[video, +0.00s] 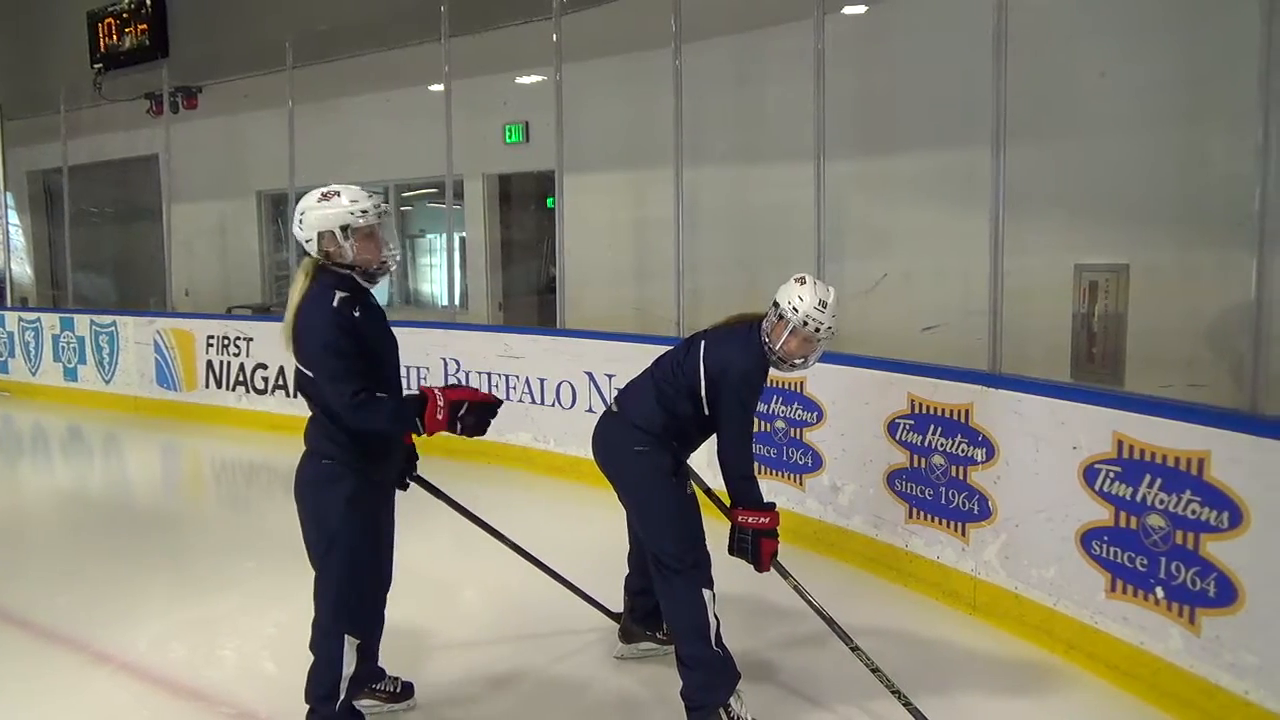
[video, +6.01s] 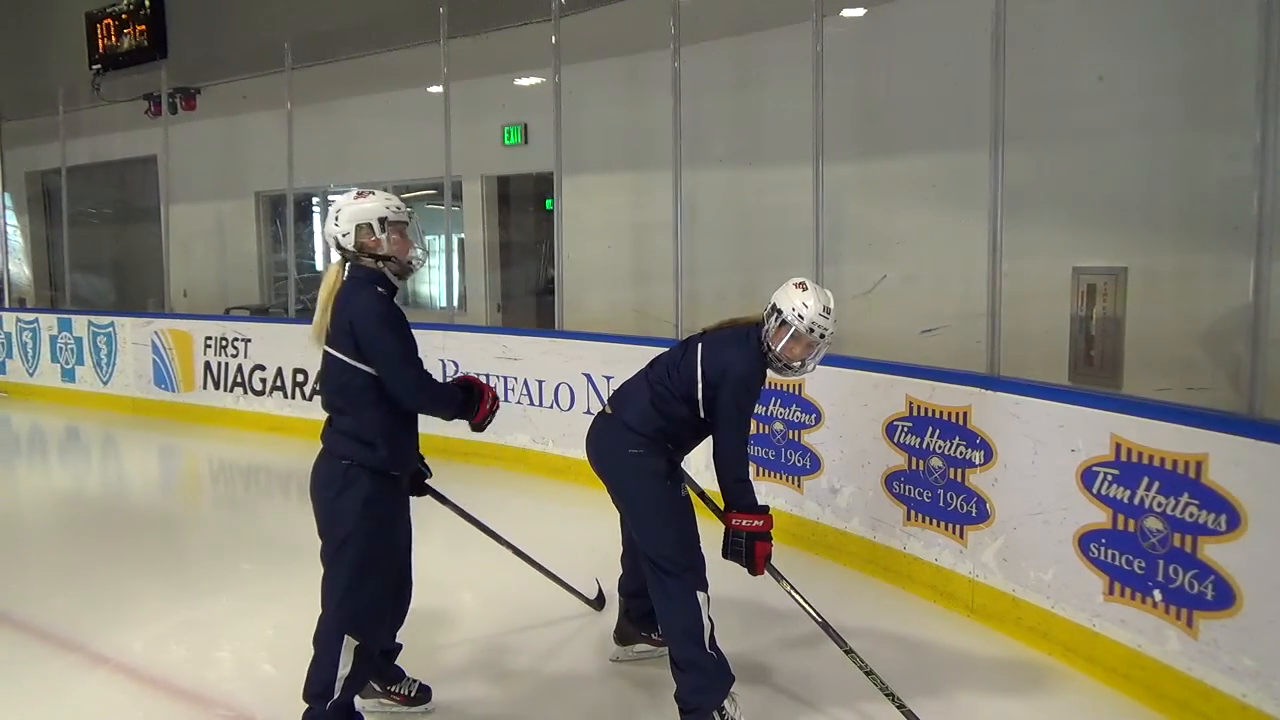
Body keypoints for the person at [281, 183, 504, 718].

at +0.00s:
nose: (380, 244)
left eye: (378, 233)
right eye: (367, 236)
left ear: (351, 243)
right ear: (334, 245)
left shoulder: (354, 298)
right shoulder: (326, 307)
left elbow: (367, 389)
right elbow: (347, 403)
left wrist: (393, 452)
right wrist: (426, 409)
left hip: (367, 470)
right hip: (338, 475)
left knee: (372, 582)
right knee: (340, 596)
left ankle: (362, 675)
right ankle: (327, 704)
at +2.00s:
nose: (387, 242)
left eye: (385, 230)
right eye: (375, 231)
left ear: (356, 240)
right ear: (344, 239)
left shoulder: (348, 298)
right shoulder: (331, 304)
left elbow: (349, 392)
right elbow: (319, 401)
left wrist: (392, 438)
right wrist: (382, 451)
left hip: (341, 470)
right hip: (316, 475)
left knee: (351, 580)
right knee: (320, 593)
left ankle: (345, 675)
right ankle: (297, 706)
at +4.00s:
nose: (359, 249)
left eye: (368, 236)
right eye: (346, 239)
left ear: (383, 241)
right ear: (325, 248)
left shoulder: (383, 305)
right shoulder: (312, 319)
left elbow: (399, 389)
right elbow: (323, 411)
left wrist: (428, 432)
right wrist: (394, 430)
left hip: (385, 468)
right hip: (336, 474)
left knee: (386, 577)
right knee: (344, 597)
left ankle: (373, 669)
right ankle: (320, 707)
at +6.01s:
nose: (409, 239)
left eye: (406, 229)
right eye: (397, 230)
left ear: (372, 239)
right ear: (367, 239)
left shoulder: (359, 293)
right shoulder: (368, 300)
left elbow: (368, 394)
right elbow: (410, 387)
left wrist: (404, 460)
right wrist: (466, 396)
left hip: (371, 469)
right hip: (356, 474)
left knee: (387, 579)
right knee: (353, 596)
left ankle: (377, 670)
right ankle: (328, 706)